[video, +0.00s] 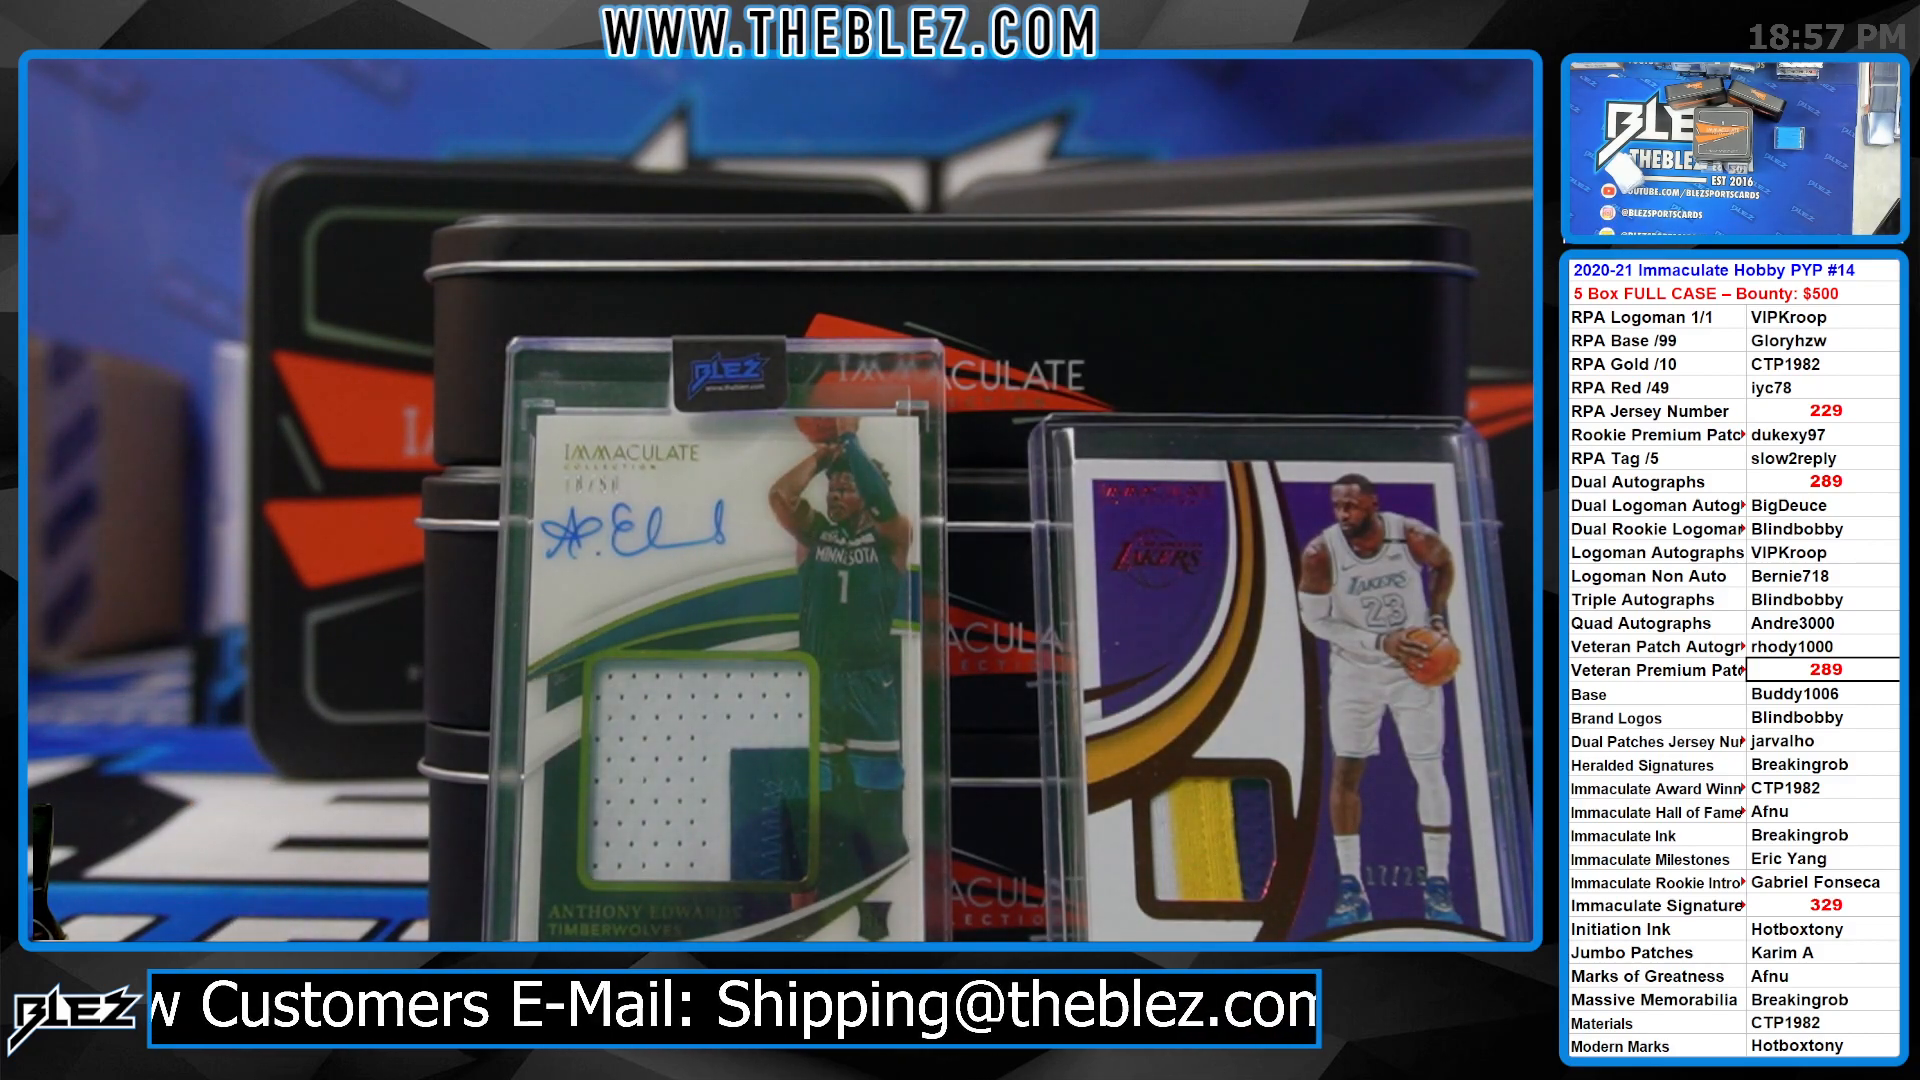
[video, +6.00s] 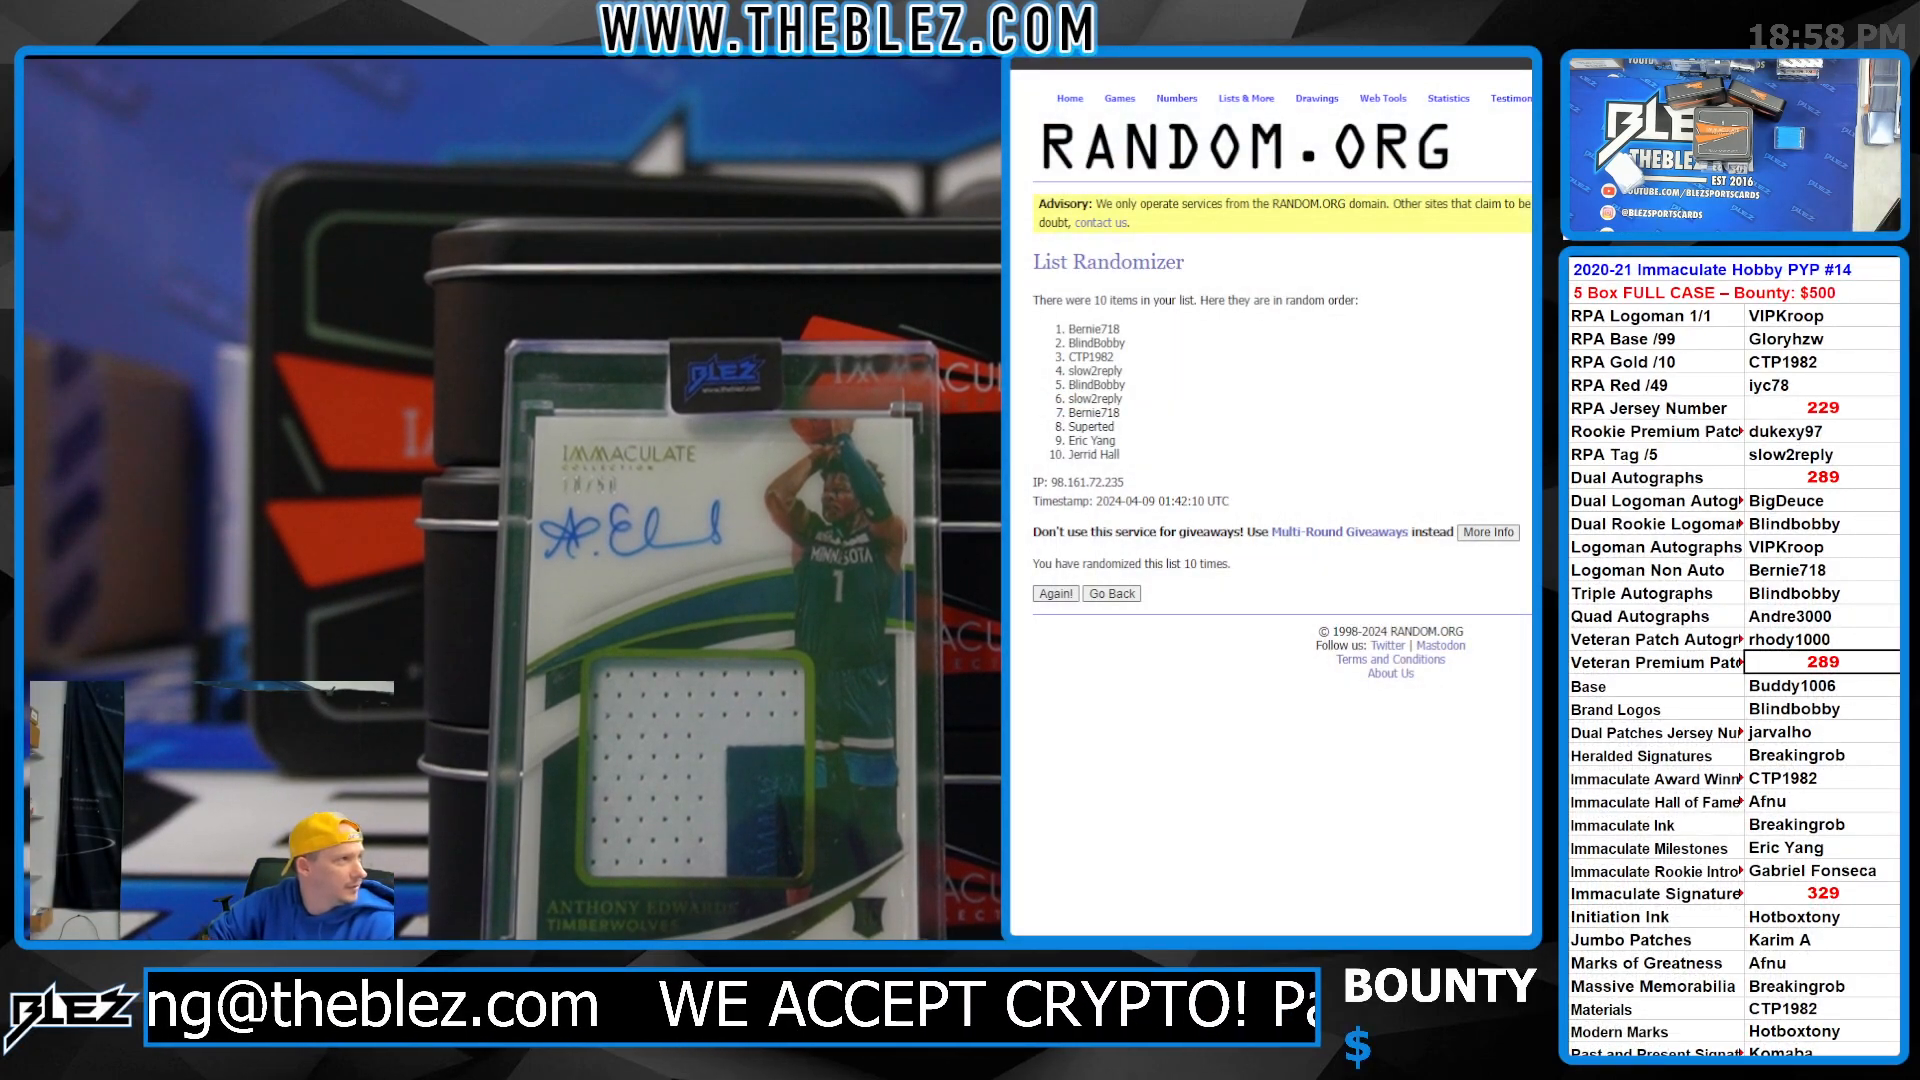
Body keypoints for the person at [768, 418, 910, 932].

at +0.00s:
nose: (840, 493)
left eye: (850, 487)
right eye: (835, 486)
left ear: (868, 493)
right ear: (827, 493)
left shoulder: (890, 539)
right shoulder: (815, 533)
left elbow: (882, 499)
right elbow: (780, 495)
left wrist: (851, 445)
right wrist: (818, 459)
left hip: (871, 678)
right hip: (818, 677)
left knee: (877, 797)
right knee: (824, 792)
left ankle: (878, 903)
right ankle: (824, 890)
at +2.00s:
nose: (840, 494)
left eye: (850, 487)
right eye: (834, 486)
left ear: (868, 494)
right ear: (826, 493)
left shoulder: (890, 539)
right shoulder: (815, 533)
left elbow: (883, 501)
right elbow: (780, 496)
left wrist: (851, 446)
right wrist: (818, 459)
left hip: (872, 679)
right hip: (818, 678)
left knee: (879, 799)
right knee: (826, 796)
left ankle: (878, 903)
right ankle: (829, 897)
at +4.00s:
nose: (835, 495)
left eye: (845, 488)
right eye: (829, 487)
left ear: (863, 495)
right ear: (821, 493)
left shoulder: (884, 539)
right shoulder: (809, 533)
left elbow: (880, 505)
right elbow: (776, 496)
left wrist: (846, 449)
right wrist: (813, 460)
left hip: (866, 675)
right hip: (813, 673)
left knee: (870, 789)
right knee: (818, 787)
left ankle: (872, 894)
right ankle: (823, 887)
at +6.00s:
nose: (835, 497)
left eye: (843, 490)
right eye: (829, 490)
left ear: (862, 495)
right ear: (822, 496)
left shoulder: (884, 539)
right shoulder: (811, 533)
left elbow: (876, 496)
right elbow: (776, 496)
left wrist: (843, 445)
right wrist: (815, 459)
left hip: (865, 679)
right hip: (813, 679)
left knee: (873, 797)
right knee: (820, 795)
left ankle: (873, 895)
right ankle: (820, 888)